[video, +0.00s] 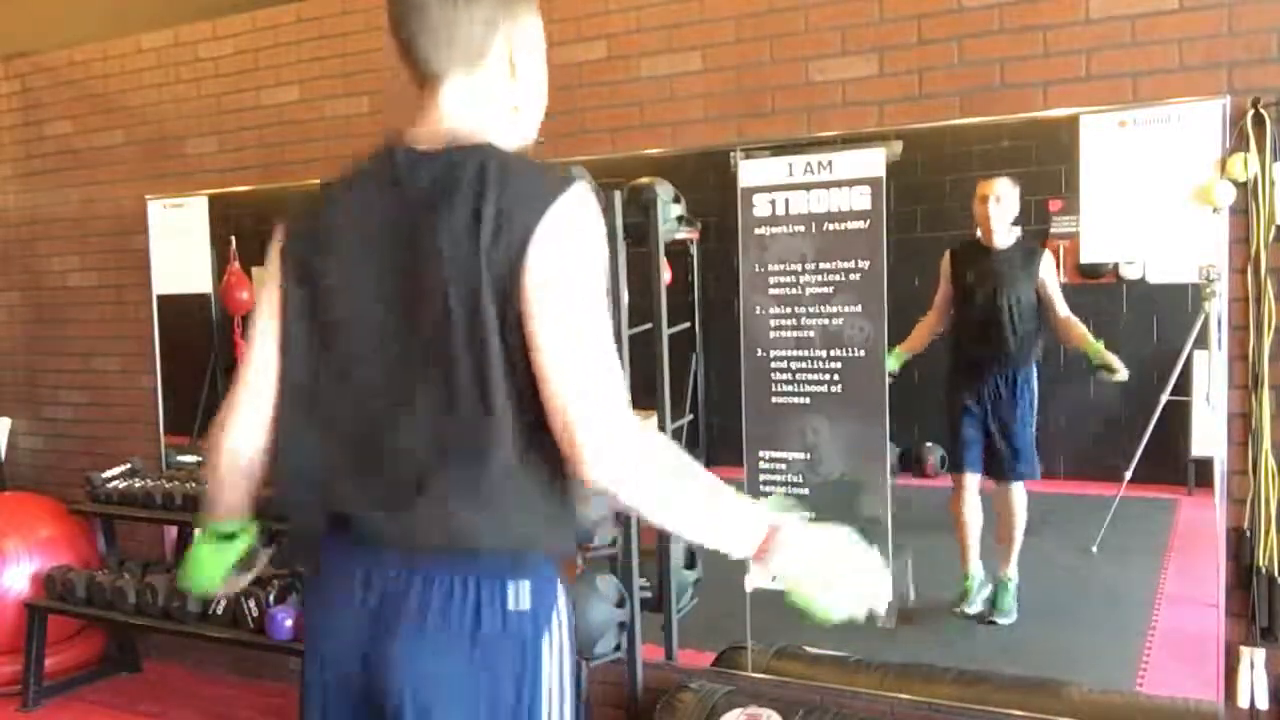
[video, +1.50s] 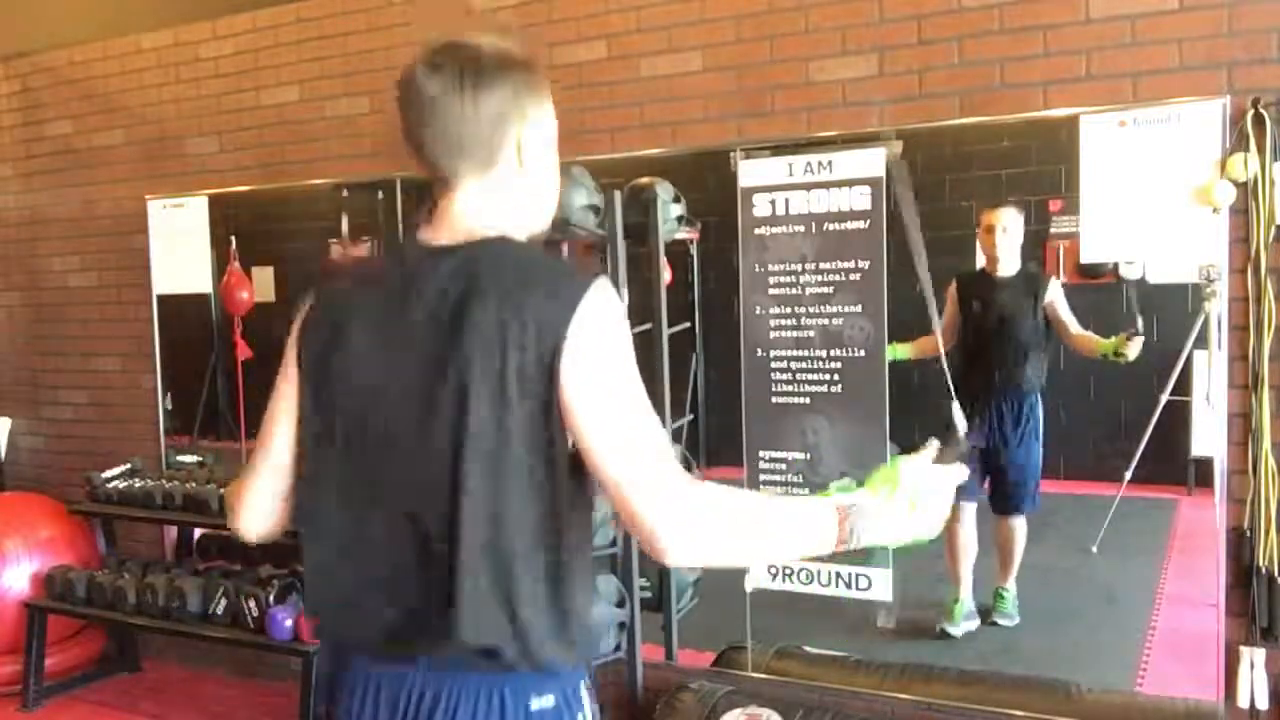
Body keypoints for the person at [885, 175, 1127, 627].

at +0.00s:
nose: (990, 208)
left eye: (999, 200)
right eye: (983, 200)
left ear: (1017, 208)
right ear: (973, 208)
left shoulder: (1038, 260)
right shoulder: (956, 258)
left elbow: (1062, 319)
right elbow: (936, 318)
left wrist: (1095, 351)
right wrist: (898, 354)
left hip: (1015, 381)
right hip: (966, 379)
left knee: (1010, 483)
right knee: (965, 482)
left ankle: (1007, 580)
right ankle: (972, 579)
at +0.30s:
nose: (976, 233)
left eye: (985, 225)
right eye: (971, 225)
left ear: (1003, 231)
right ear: (962, 231)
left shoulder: (1028, 281)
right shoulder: (947, 284)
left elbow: (1056, 332)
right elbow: (932, 336)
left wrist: (1088, 343)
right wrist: (894, 348)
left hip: (1018, 396)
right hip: (968, 398)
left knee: (1009, 501)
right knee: (973, 502)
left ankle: (1022, 526)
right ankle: (992, 588)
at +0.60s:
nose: (979, 231)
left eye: (988, 222)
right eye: (973, 222)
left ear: (1007, 227)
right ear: (964, 228)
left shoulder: (1031, 276)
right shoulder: (951, 278)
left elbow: (1057, 331)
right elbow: (936, 335)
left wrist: (1091, 343)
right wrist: (898, 353)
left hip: (1024, 392)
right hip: (974, 392)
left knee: (1018, 490)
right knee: (983, 494)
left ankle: (1017, 593)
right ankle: (997, 585)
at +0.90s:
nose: (989, 207)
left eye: (998, 198)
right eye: (983, 198)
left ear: (1016, 204)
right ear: (972, 204)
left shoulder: (1038, 253)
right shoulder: (957, 256)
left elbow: (1062, 316)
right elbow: (940, 318)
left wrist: (1101, 352)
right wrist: (903, 356)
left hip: (1025, 371)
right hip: (974, 372)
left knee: (1014, 475)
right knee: (982, 482)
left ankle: (1010, 573)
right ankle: (1000, 552)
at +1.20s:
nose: (991, 210)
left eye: (1000, 202)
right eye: (986, 202)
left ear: (1020, 208)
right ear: (977, 208)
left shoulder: (1043, 258)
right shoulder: (963, 259)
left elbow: (1072, 316)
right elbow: (944, 319)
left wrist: (1109, 348)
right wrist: (902, 354)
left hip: (1023, 380)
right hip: (972, 380)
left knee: (1015, 482)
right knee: (966, 486)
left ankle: (1013, 580)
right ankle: (983, 552)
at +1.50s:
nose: (995, 239)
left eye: (1004, 231)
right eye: (989, 230)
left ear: (1021, 236)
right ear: (978, 236)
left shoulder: (1043, 288)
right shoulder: (961, 288)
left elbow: (1075, 337)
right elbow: (943, 341)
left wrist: (1110, 347)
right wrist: (895, 350)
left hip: (1021, 406)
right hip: (968, 404)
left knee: (1011, 506)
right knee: (960, 505)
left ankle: (1006, 592)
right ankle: (962, 603)